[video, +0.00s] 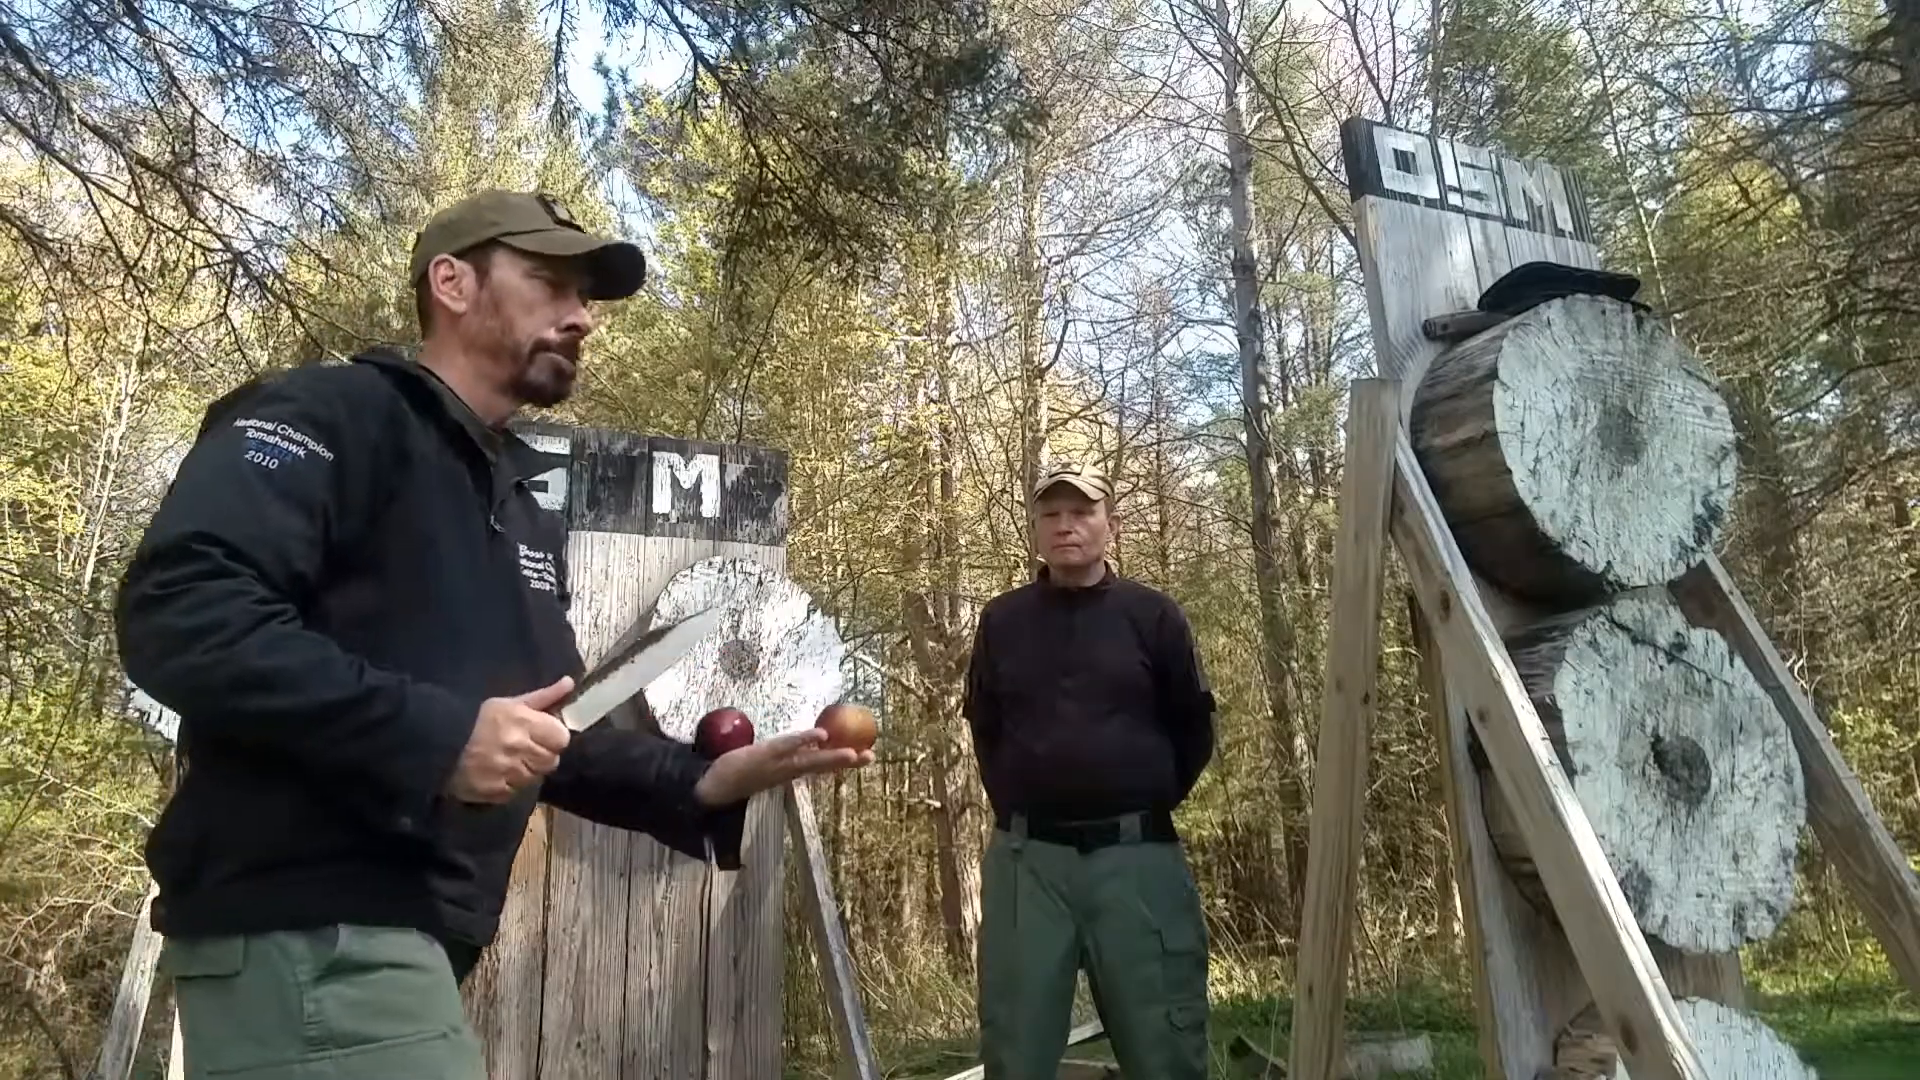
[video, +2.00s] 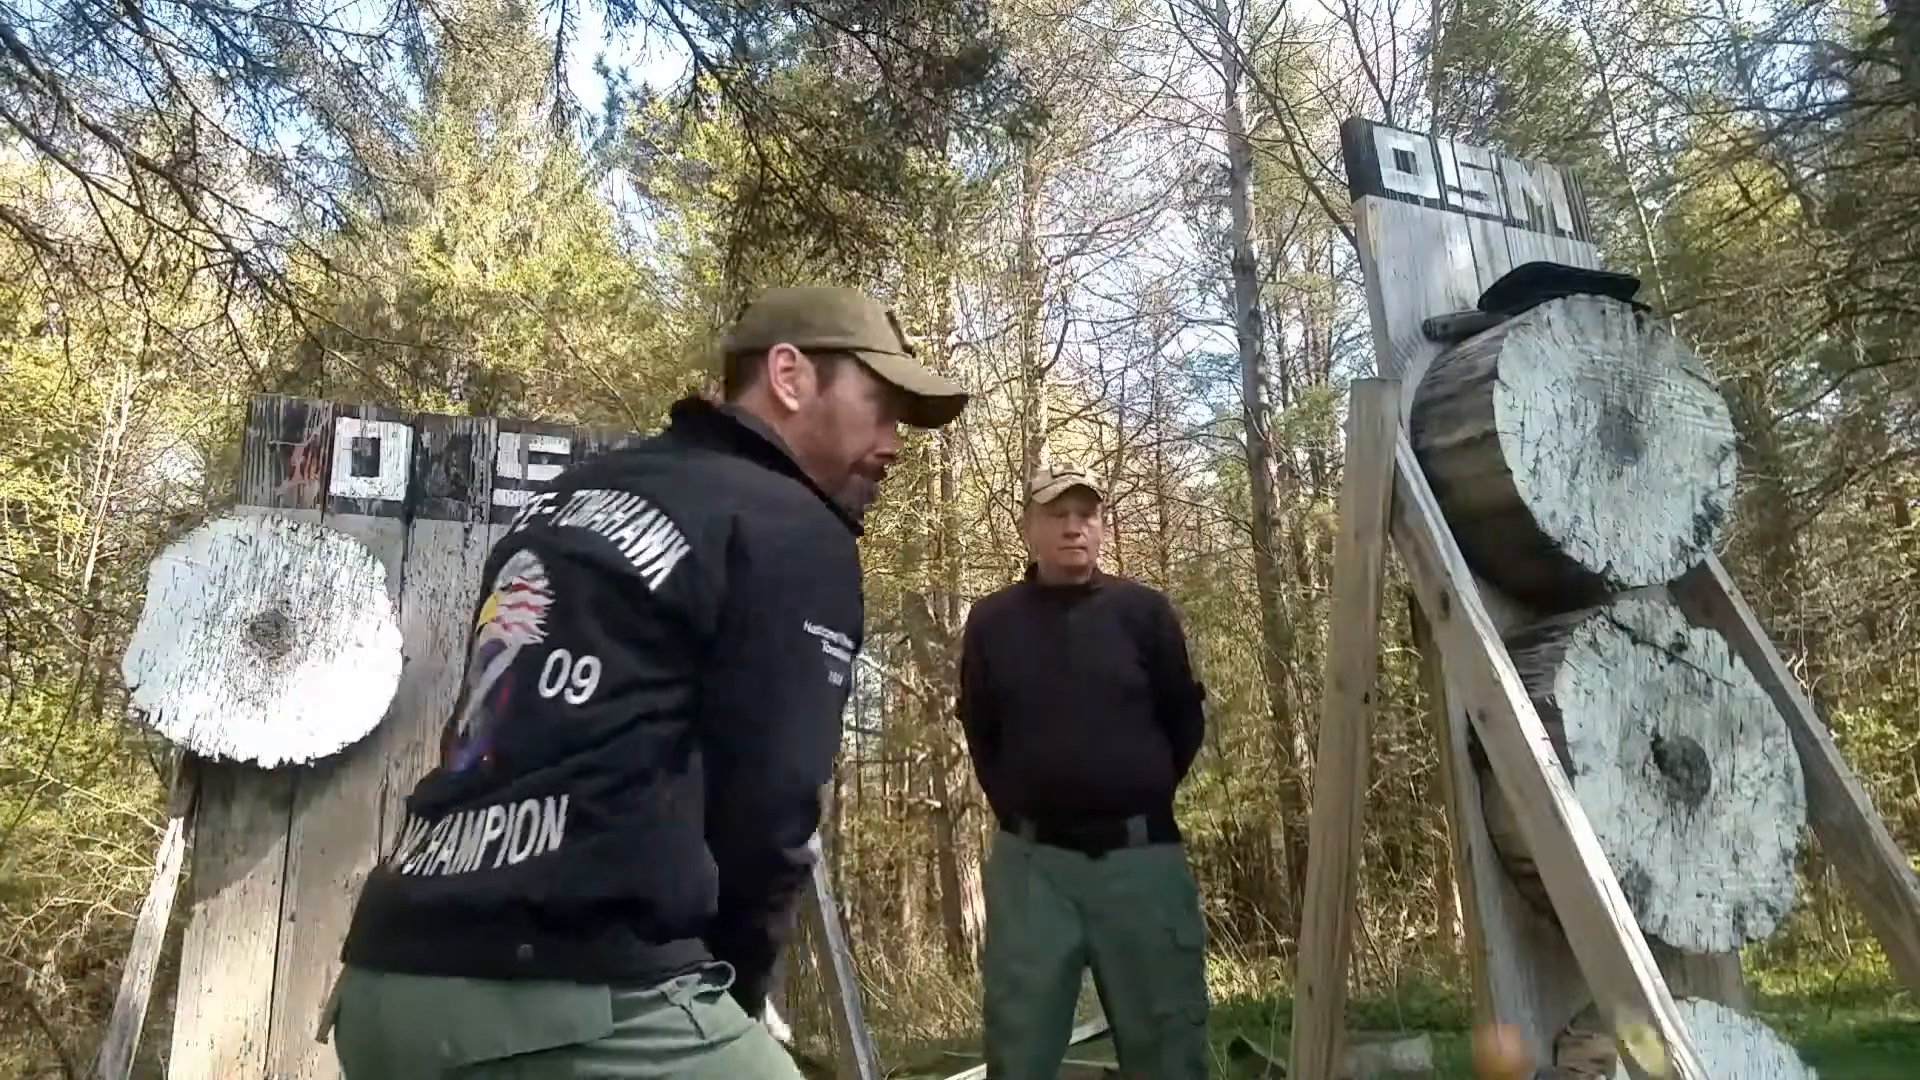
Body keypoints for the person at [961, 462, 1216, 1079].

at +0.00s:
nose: (1066, 525)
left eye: (1081, 512)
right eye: (1051, 515)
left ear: (1110, 526)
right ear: (1034, 533)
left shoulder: (1153, 614)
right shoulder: (1000, 619)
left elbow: (1195, 729)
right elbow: (984, 729)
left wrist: (1142, 811)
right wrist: (1026, 816)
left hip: (1138, 859)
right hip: (1025, 861)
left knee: (1164, 1057)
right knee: (1016, 1058)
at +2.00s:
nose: (1074, 527)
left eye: (1086, 515)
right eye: (1057, 515)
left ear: (1103, 530)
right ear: (1028, 532)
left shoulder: (1146, 610)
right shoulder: (991, 618)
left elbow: (1185, 721)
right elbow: (980, 733)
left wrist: (1134, 802)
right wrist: (1028, 814)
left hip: (1142, 866)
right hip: (1028, 867)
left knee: (1168, 1055)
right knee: (1019, 1058)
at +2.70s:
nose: (1081, 598)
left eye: (1093, 584)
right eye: (1066, 586)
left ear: (1112, 559)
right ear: (1037, 566)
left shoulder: (1156, 624)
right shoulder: (994, 629)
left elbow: (1187, 725)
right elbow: (983, 732)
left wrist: (1140, 799)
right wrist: (1032, 810)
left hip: (1147, 874)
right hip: (1034, 874)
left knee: (1167, 1054)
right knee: (1023, 1058)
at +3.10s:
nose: (1074, 604)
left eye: (1086, 589)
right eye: (1058, 592)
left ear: (1107, 564)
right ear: (1031, 572)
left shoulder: (1155, 624)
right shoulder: (991, 633)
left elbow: (1187, 722)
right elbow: (984, 732)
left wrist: (1141, 799)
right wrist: (1033, 808)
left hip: (1146, 875)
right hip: (1033, 876)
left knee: (1168, 1053)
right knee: (1023, 1057)